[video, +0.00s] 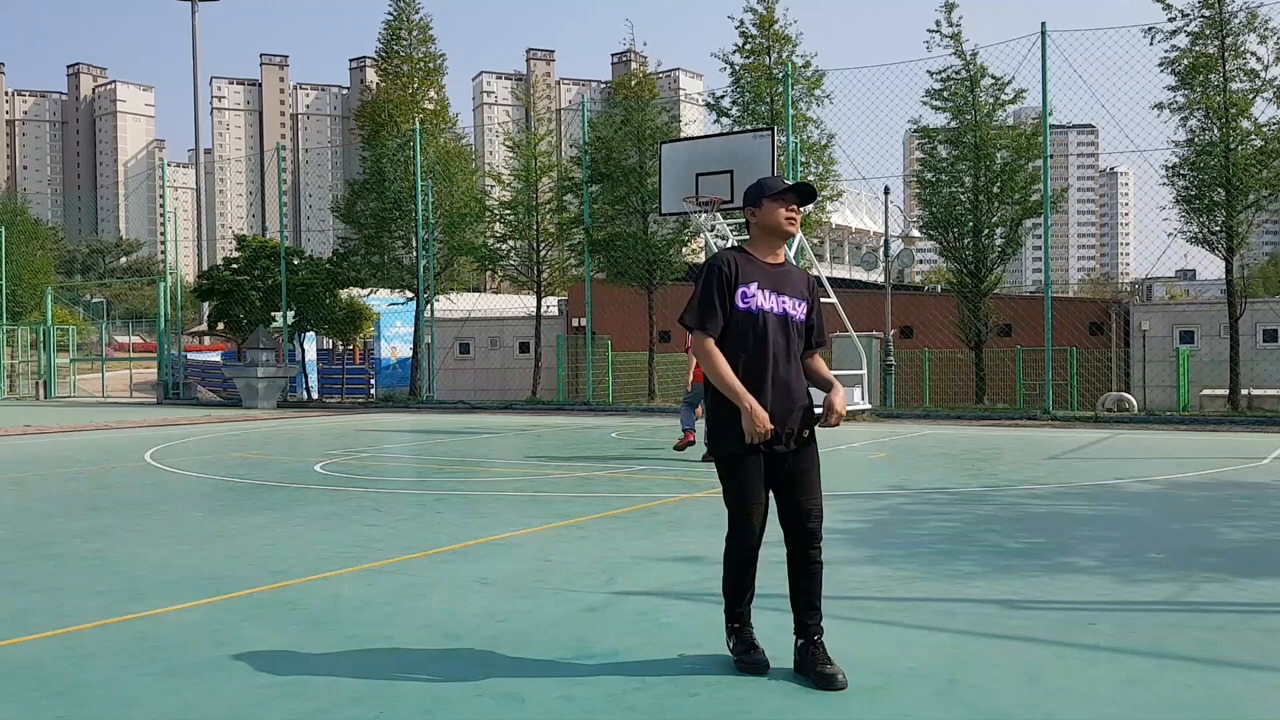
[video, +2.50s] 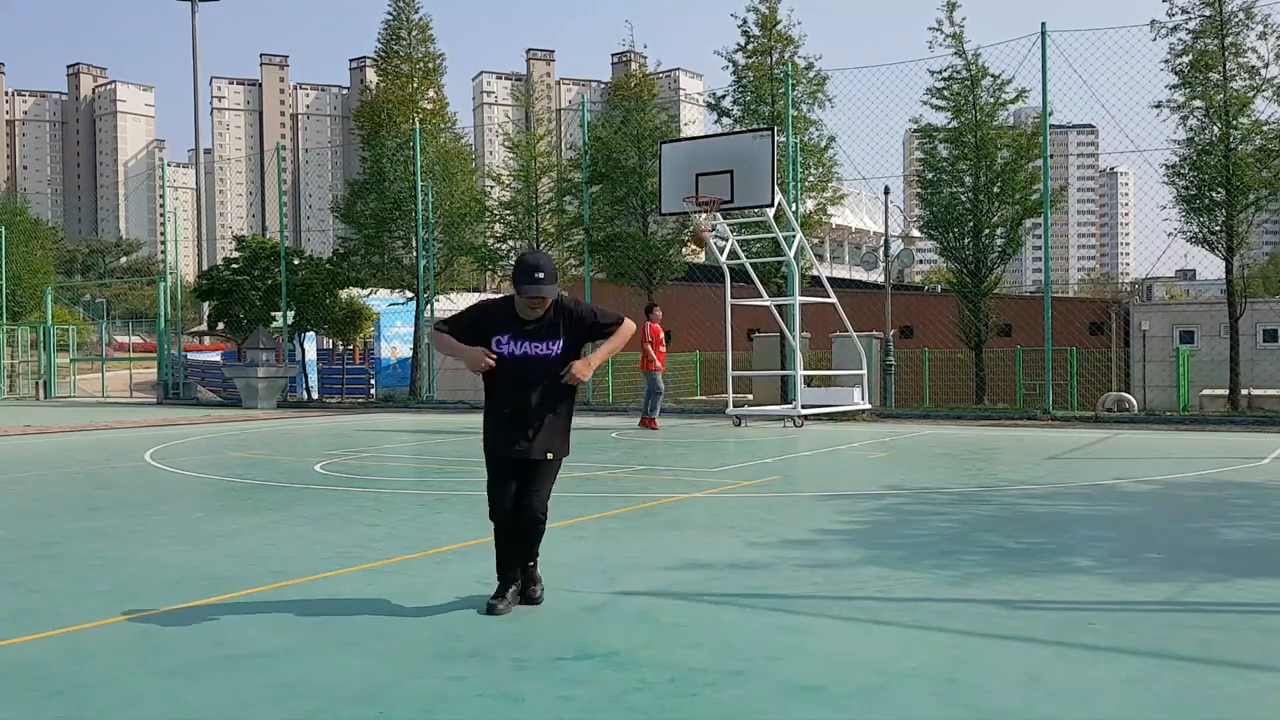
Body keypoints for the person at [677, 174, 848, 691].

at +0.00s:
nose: (795, 210)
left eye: (798, 204)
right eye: (784, 201)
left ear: (798, 217)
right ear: (753, 212)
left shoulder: (803, 282)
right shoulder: (724, 265)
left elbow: (809, 353)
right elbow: (702, 344)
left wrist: (833, 384)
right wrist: (747, 402)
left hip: (795, 425)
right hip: (739, 426)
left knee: (807, 532)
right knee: (747, 530)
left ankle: (810, 643)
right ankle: (740, 632)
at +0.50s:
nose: (700, 232)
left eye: (710, 225)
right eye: (693, 225)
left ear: (733, 233)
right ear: (686, 234)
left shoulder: (753, 288)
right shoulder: (680, 295)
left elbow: (799, 351)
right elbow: (684, 362)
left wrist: (748, 345)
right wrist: (645, 357)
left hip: (741, 446)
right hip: (680, 443)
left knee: (768, 547)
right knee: (652, 541)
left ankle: (809, 645)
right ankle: (637, 634)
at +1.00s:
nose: (643, 226)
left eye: (651, 219)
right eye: (634, 219)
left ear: (666, 228)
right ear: (619, 228)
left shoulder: (689, 270)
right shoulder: (599, 288)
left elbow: (738, 314)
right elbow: (583, 357)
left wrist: (716, 331)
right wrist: (576, 338)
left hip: (692, 420)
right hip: (633, 426)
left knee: (715, 512)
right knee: (635, 532)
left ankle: (686, 574)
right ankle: (634, 630)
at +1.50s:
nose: (663, 239)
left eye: (672, 235)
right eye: (657, 232)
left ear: (686, 248)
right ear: (644, 240)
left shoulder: (692, 300)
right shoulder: (610, 287)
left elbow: (679, 370)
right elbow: (599, 357)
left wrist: (654, 427)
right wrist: (616, 414)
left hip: (662, 417)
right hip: (611, 413)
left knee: (662, 509)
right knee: (612, 507)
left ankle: (658, 597)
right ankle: (608, 601)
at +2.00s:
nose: (557, 284)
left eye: (566, 277)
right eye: (551, 277)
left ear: (586, 277)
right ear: (545, 280)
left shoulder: (608, 317)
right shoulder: (543, 316)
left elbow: (666, 339)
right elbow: (524, 345)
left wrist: (624, 364)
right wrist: (506, 353)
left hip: (601, 442)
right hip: (557, 438)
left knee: (623, 519)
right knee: (523, 514)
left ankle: (688, 590)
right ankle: (523, 587)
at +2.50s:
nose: (536, 303)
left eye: (543, 296)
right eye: (529, 296)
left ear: (554, 289)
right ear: (514, 288)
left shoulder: (570, 313)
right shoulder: (491, 313)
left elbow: (626, 326)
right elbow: (438, 334)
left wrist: (592, 361)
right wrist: (465, 352)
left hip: (548, 432)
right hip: (501, 431)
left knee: (534, 508)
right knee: (502, 510)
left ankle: (529, 566)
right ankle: (508, 581)